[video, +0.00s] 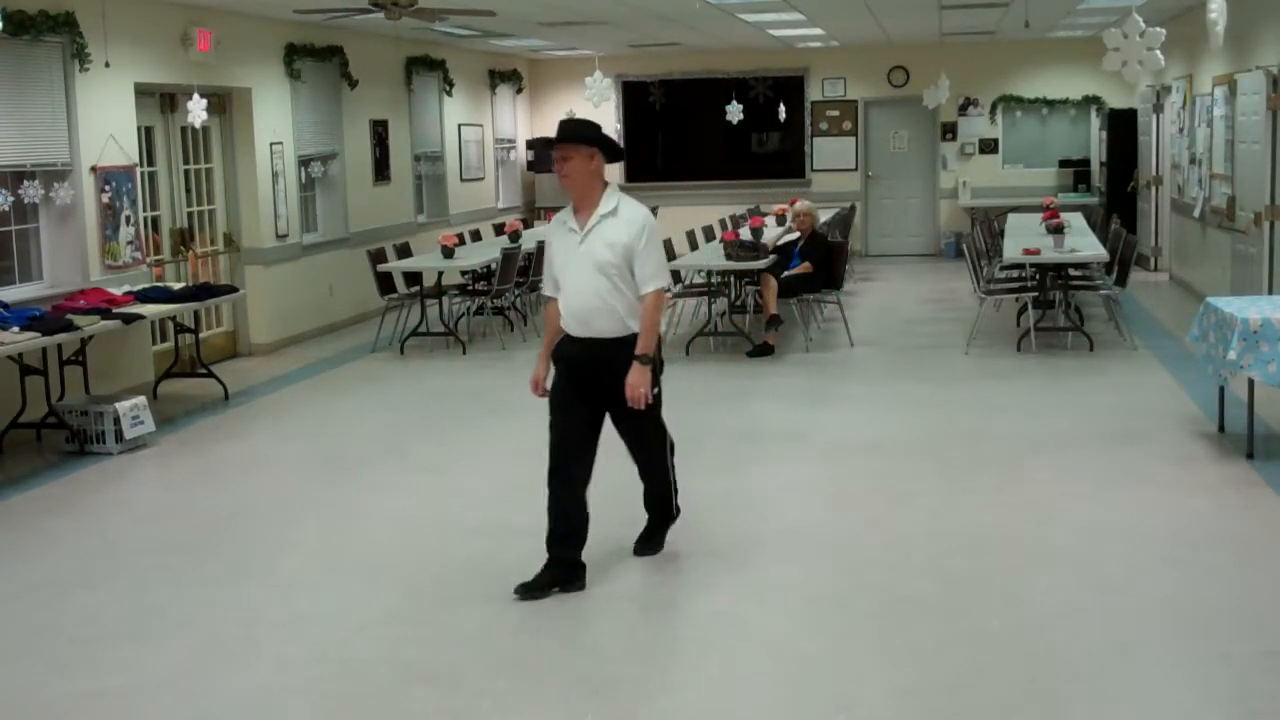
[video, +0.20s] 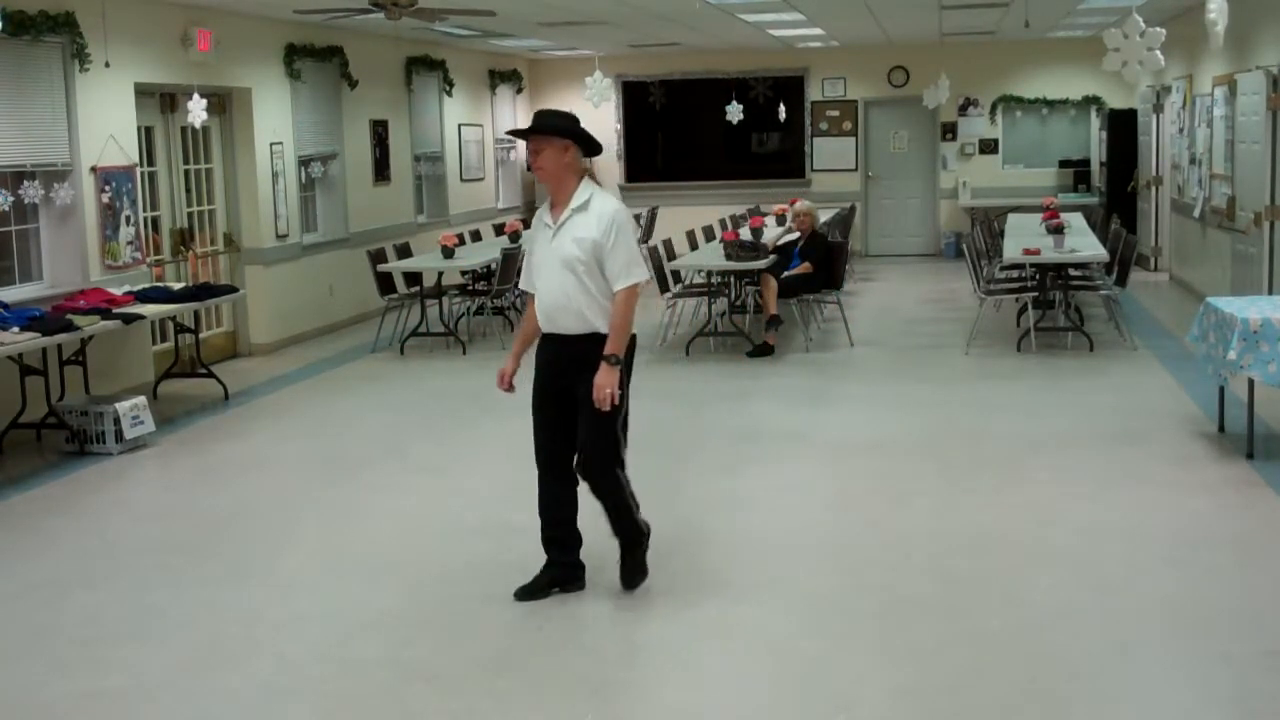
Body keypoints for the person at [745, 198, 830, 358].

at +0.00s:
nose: (800, 219)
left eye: (804, 215)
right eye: (797, 216)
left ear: (813, 218)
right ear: (794, 221)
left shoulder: (820, 239)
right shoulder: (795, 241)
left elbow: (810, 266)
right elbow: (767, 249)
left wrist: (785, 275)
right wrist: (785, 230)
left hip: (808, 278)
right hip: (788, 274)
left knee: (767, 291)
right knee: (765, 273)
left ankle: (769, 342)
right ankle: (773, 315)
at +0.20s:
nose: (801, 219)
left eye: (805, 215)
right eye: (797, 216)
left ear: (813, 218)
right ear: (794, 221)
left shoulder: (819, 239)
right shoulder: (795, 241)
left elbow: (810, 266)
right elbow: (767, 249)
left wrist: (785, 276)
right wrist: (785, 230)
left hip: (808, 278)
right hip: (788, 274)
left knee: (767, 292)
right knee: (766, 274)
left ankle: (769, 342)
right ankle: (773, 315)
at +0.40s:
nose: (801, 219)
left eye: (805, 215)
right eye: (797, 216)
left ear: (813, 219)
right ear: (794, 220)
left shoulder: (819, 239)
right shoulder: (794, 241)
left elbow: (809, 267)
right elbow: (767, 249)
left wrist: (785, 276)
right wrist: (785, 230)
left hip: (808, 278)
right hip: (788, 274)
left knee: (767, 292)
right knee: (765, 274)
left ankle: (769, 342)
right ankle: (773, 315)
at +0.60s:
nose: (801, 219)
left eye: (805, 216)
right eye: (798, 216)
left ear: (813, 218)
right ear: (794, 220)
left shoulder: (820, 239)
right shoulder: (795, 241)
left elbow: (811, 265)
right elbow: (767, 249)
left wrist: (786, 275)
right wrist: (785, 231)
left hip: (809, 278)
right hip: (789, 274)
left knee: (768, 291)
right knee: (765, 274)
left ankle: (767, 343)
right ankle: (772, 314)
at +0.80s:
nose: (801, 219)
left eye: (805, 215)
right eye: (798, 216)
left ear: (813, 218)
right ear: (794, 221)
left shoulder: (820, 239)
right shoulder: (795, 241)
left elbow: (811, 265)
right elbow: (767, 248)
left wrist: (786, 275)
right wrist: (785, 230)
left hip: (808, 278)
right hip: (789, 275)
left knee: (768, 292)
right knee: (765, 274)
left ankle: (767, 343)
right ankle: (772, 315)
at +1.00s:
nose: (801, 219)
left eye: (805, 215)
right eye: (797, 216)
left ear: (813, 218)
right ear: (794, 221)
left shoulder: (820, 239)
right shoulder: (795, 241)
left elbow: (811, 265)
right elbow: (767, 249)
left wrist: (786, 275)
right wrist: (785, 230)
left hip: (808, 278)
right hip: (788, 275)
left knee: (767, 292)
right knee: (765, 274)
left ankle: (767, 343)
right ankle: (772, 315)